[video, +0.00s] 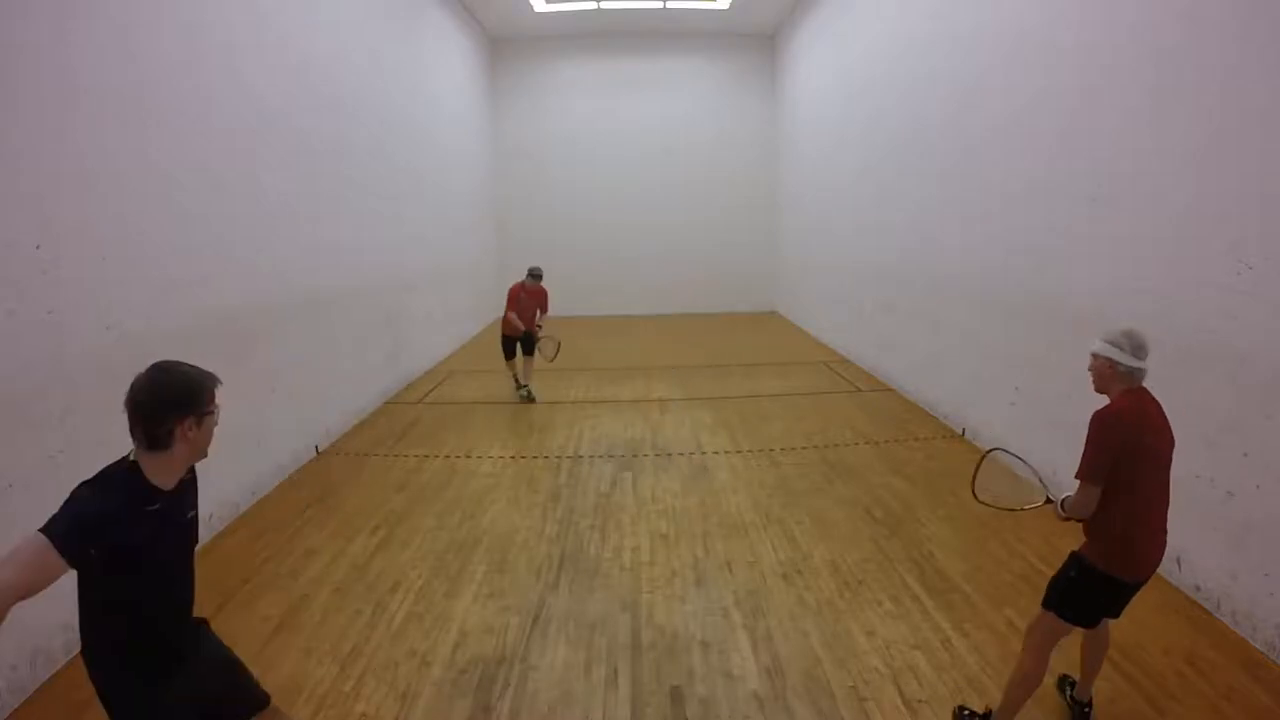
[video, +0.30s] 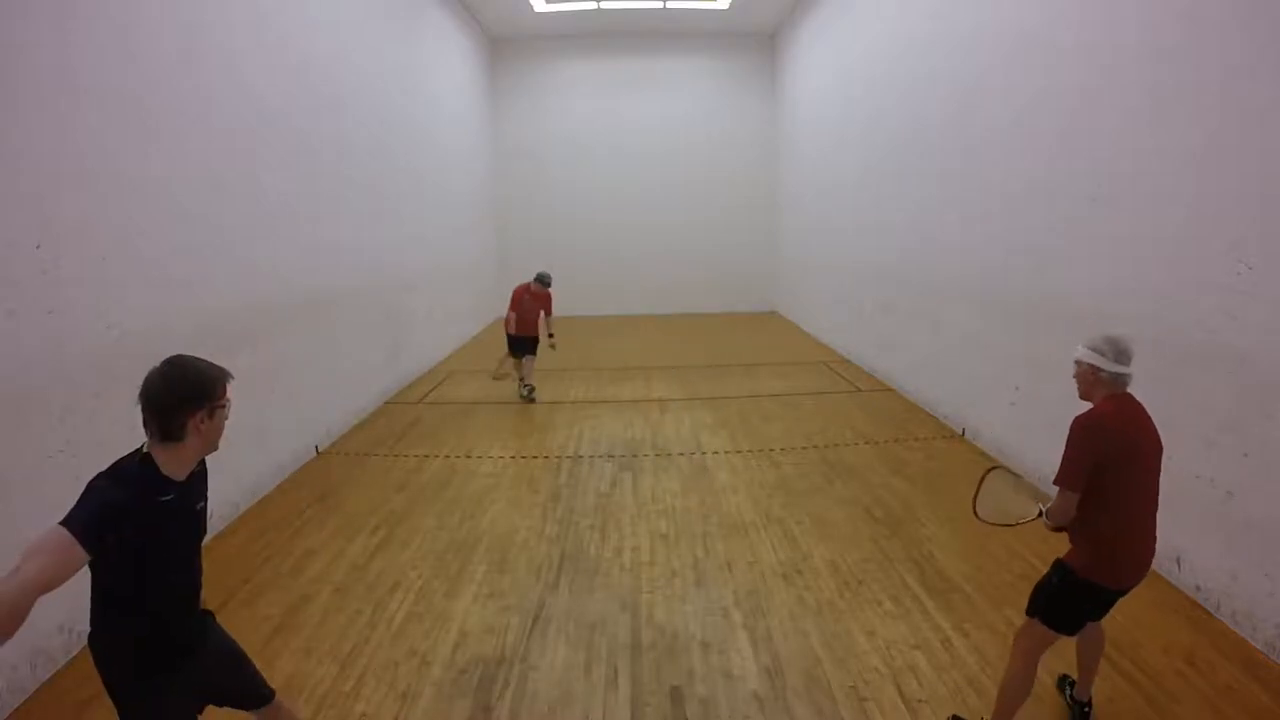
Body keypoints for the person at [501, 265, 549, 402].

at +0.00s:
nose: (534, 283)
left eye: (538, 280)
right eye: (532, 280)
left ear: (540, 281)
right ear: (527, 277)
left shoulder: (542, 293)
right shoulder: (515, 290)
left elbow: (544, 312)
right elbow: (510, 313)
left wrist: (539, 325)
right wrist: (523, 329)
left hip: (528, 330)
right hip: (510, 329)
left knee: (529, 357)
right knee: (510, 358)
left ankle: (526, 386)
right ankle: (515, 377)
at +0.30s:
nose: (543, 291)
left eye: (545, 288)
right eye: (542, 287)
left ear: (546, 287)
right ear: (536, 283)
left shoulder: (546, 295)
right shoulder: (520, 291)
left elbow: (548, 316)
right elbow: (512, 313)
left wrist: (550, 336)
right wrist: (511, 333)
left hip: (532, 333)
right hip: (516, 332)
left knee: (530, 358)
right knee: (518, 358)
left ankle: (528, 386)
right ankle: (521, 380)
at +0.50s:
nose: (548, 290)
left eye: (550, 288)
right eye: (547, 287)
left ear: (550, 287)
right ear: (541, 283)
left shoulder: (549, 295)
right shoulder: (524, 288)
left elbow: (558, 314)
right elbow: (510, 304)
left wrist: (569, 332)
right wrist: (499, 314)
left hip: (535, 327)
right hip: (517, 327)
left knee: (543, 349)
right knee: (521, 354)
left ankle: (540, 380)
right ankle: (523, 380)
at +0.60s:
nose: (550, 289)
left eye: (552, 287)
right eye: (549, 286)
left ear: (553, 284)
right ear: (543, 280)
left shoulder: (552, 293)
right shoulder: (527, 284)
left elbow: (562, 312)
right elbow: (512, 295)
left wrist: (573, 329)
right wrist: (499, 297)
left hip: (537, 324)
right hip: (519, 324)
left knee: (549, 345)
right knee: (522, 352)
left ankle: (547, 375)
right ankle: (523, 379)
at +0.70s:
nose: (554, 287)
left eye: (556, 285)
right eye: (553, 284)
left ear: (557, 283)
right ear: (547, 279)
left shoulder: (556, 292)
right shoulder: (532, 281)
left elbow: (567, 309)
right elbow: (513, 287)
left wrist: (577, 325)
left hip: (540, 321)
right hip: (523, 322)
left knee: (554, 343)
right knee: (524, 350)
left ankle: (556, 370)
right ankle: (523, 379)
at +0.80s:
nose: (558, 284)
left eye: (560, 282)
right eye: (557, 281)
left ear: (561, 281)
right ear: (551, 276)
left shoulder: (560, 290)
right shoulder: (537, 280)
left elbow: (573, 304)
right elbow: (519, 279)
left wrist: (583, 318)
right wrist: (519, 266)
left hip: (544, 321)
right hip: (527, 322)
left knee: (558, 341)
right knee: (526, 350)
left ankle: (563, 365)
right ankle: (524, 379)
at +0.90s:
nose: (564, 286)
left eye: (566, 283)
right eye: (563, 283)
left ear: (567, 282)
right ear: (557, 279)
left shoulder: (567, 289)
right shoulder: (544, 281)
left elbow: (578, 298)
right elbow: (528, 281)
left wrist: (585, 309)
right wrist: (530, 267)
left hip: (550, 322)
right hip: (534, 321)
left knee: (562, 341)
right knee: (531, 350)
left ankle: (567, 364)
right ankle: (525, 379)